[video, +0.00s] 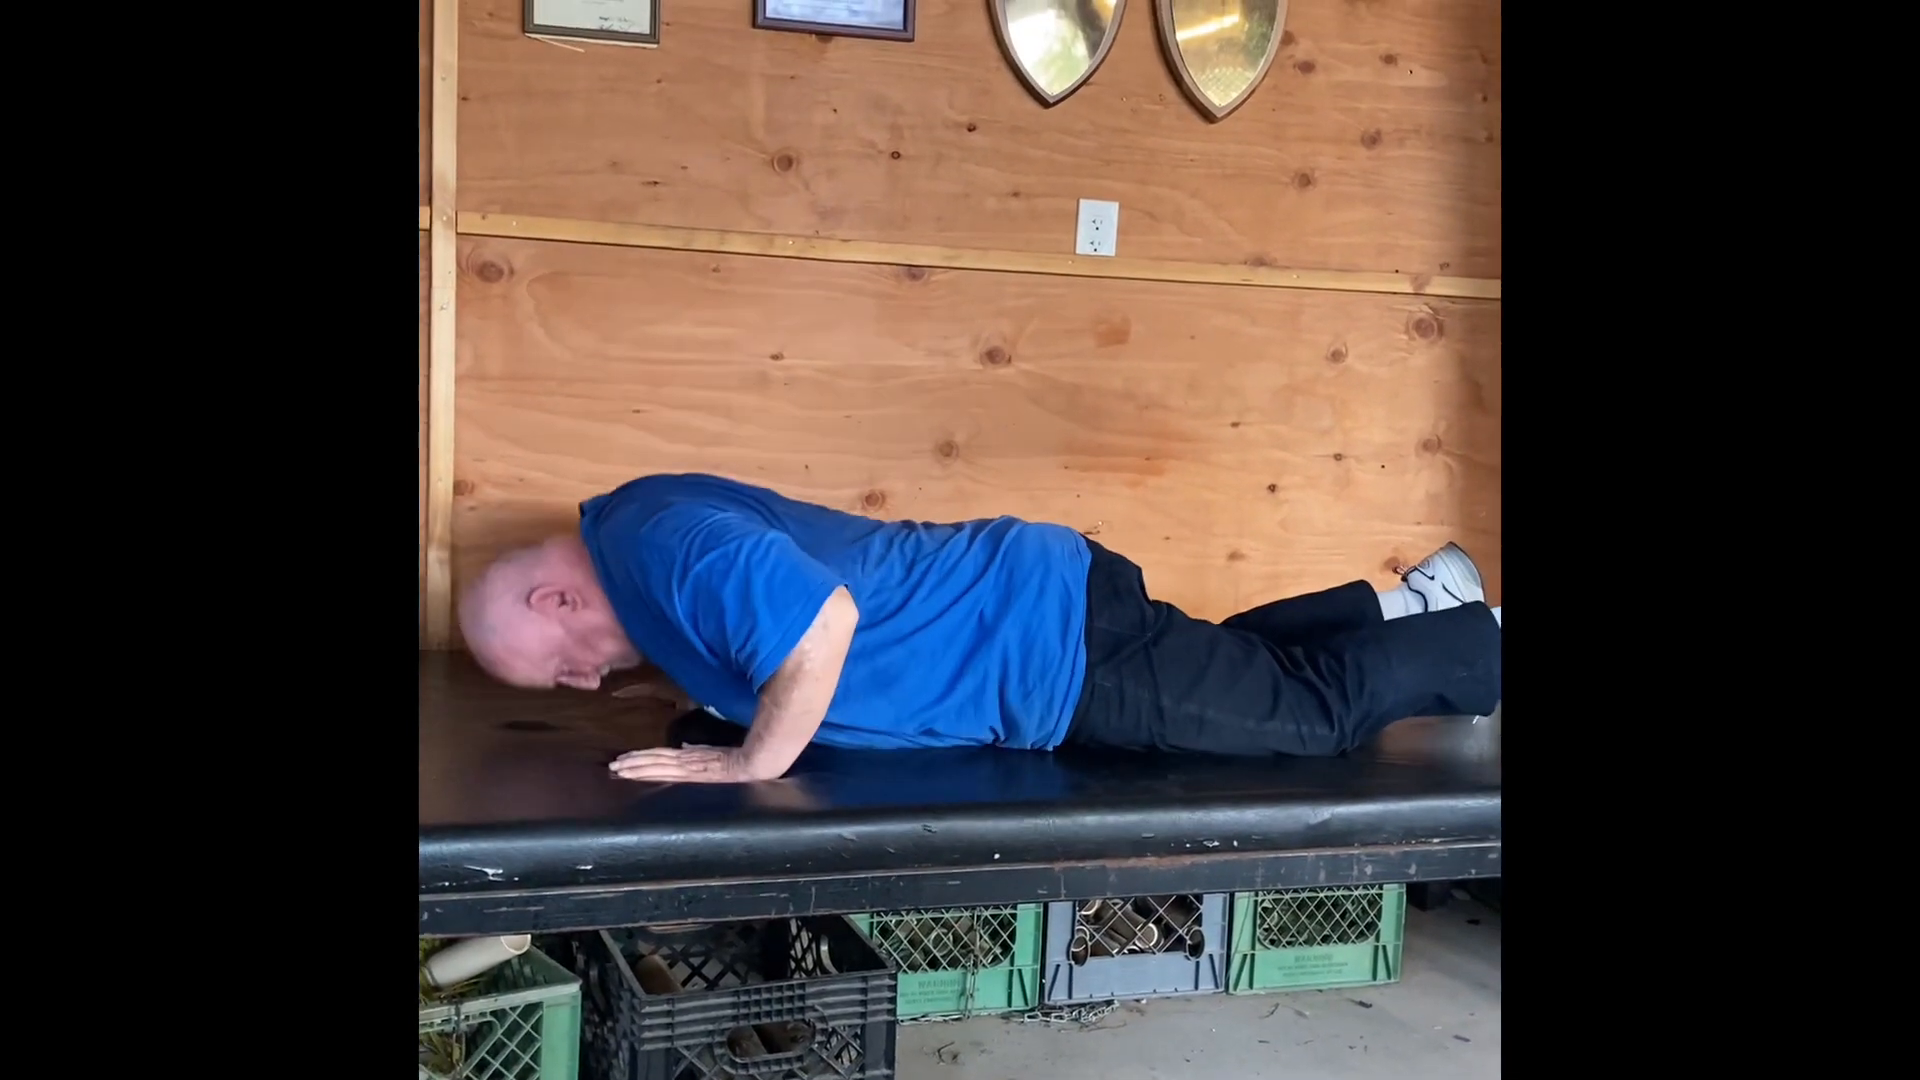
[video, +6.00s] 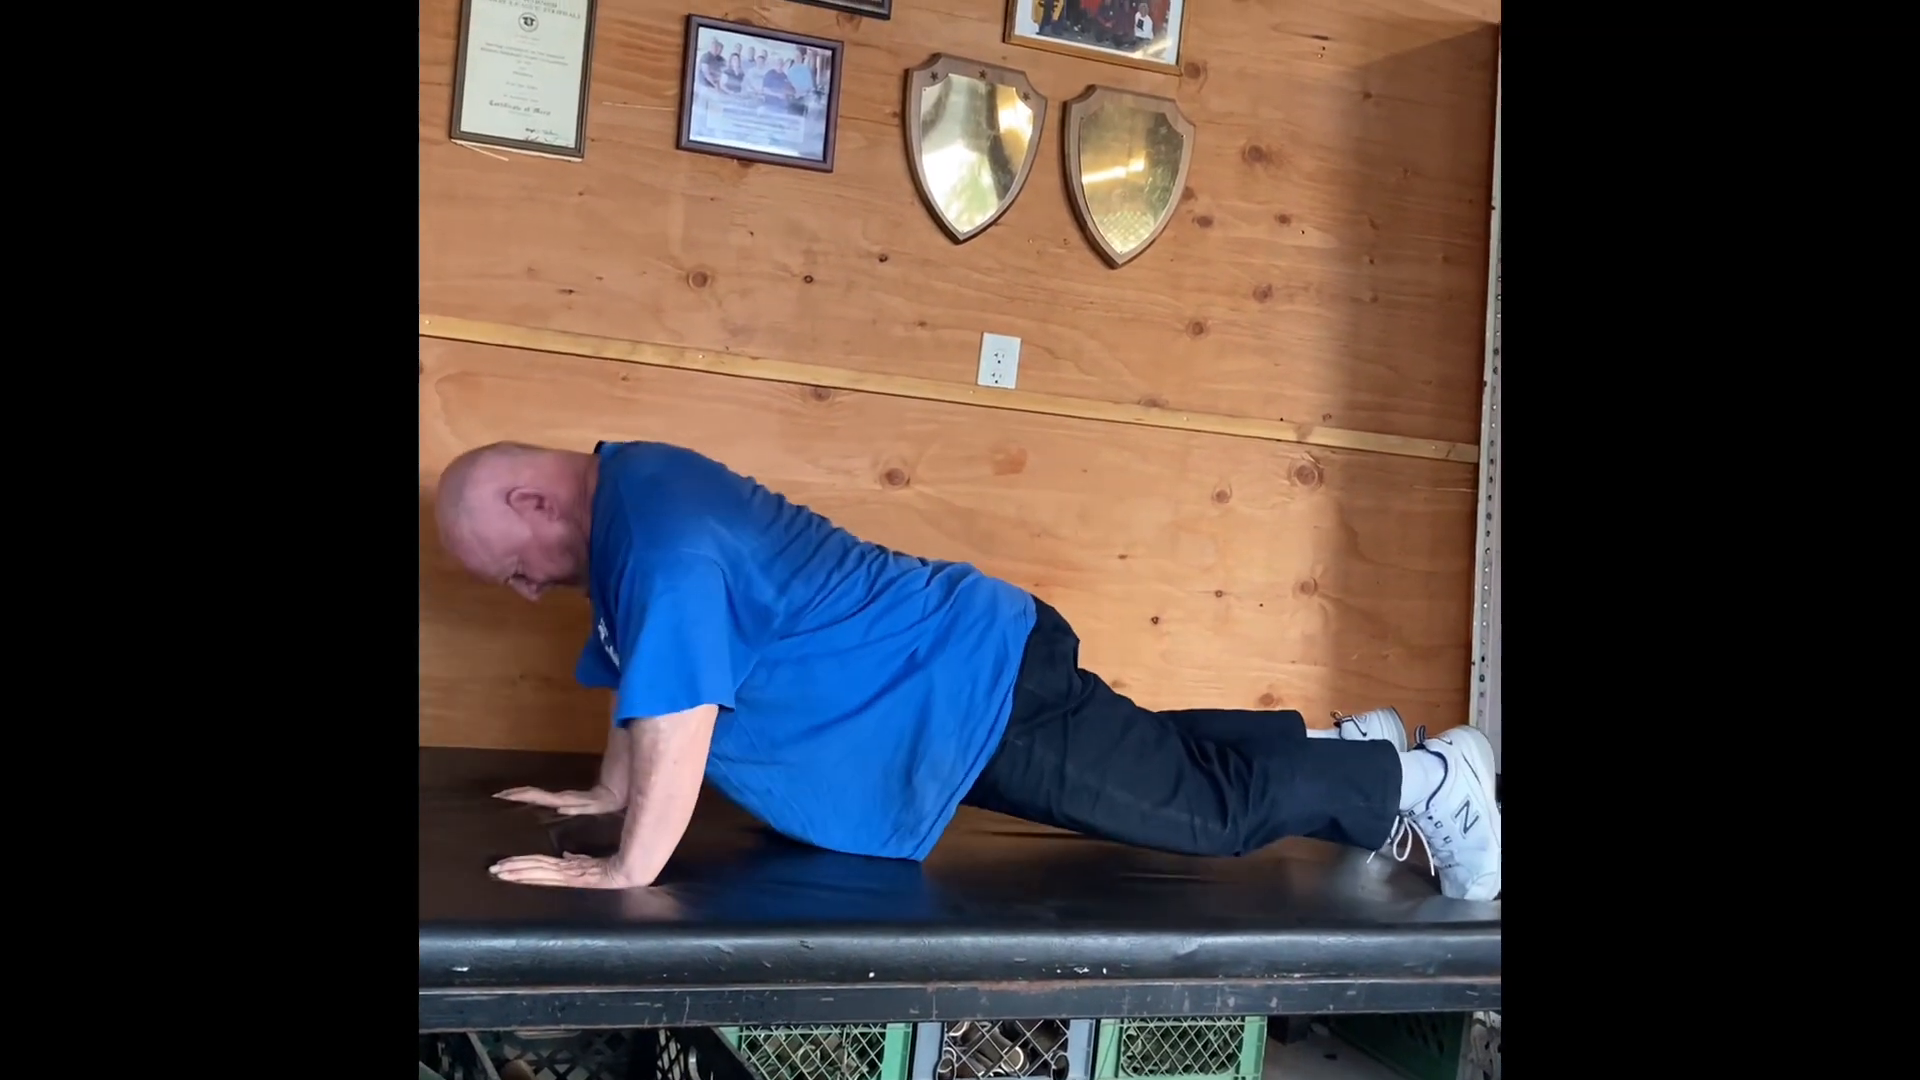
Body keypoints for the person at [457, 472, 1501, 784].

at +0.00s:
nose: (591, 675)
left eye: (566, 661)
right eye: (567, 674)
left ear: (554, 598)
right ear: (551, 589)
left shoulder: (667, 545)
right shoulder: (631, 559)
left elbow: (817, 625)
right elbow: (777, 637)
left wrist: (757, 764)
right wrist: (722, 717)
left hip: (1053, 636)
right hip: (1025, 655)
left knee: (1312, 709)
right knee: (1243, 676)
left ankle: (1484, 640)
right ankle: (1417, 603)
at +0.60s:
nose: (609, 537)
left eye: (586, 522)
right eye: (583, 530)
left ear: (587, 463)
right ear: (585, 443)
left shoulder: (717, 449)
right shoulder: (682, 429)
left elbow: (808, 614)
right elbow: (759, 585)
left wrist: (763, 767)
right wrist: (733, 702)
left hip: (1076, 575)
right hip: (1051, 569)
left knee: (1318, 680)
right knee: (1283, 644)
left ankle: (1488, 648)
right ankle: (1447, 602)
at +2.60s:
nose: (564, 603)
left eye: (542, 598)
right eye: (543, 600)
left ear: (547, 543)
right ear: (539, 511)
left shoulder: (673, 519)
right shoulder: (627, 474)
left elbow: (779, 639)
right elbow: (751, 595)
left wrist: (710, 771)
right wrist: (688, 671)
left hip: (1041, 623)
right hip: (1015, 598)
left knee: (1271, 725)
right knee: (1211, 662)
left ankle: (1457, 665)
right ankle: (1414, 621)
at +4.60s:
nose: (483, 673)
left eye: (462, 657)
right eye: (467, 668)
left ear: (471, 596)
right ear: (476, 597)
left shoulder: (607, 574)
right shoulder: (561, 568)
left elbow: (700, 715)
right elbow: (692, 687)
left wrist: (637, 843)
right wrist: (612, 760)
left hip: (958, 695)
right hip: (926, 730)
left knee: (1193, 793)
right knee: (1152, 756)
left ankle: (1408, 747)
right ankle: (1343, 709)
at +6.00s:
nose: (525, 579)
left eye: (512, 562)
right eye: (509, 568)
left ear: (533, 508)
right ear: (534, 489)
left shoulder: (662, 535)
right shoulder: (630, 510)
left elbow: (680, 735)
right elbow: (656, 695)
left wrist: (633, 877)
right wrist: (616, 805)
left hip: (979, 681)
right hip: (951, 678)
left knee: (1201, 803)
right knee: (1165, 763)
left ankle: (1429, 783)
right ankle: (1358, 757)